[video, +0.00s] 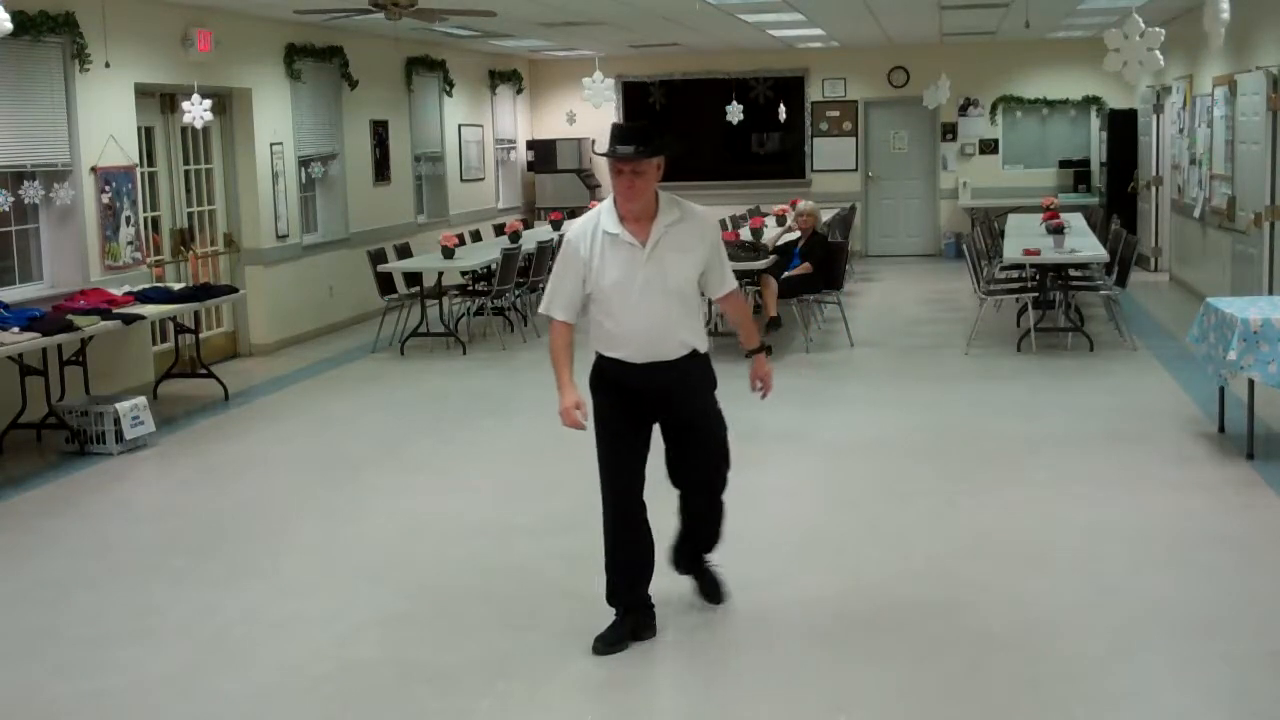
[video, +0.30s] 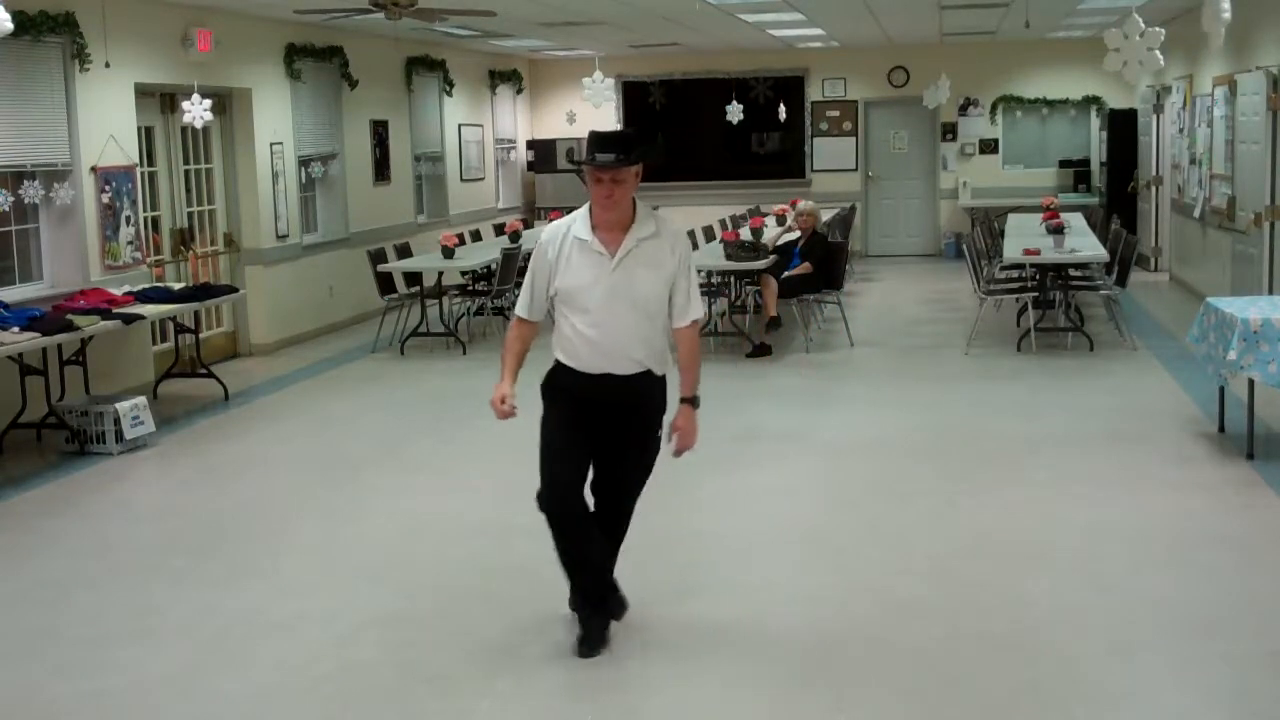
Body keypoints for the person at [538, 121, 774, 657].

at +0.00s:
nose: (625, 180)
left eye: (636, 170)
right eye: (618, 170)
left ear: (659, 169)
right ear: (607, 171)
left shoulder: (698, 225)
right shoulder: (583, 234)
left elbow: (727, 293)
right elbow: (561, 317)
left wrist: (757, 350)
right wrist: (565, 386)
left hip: (686, 374)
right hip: (618, 378)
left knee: (707, 475)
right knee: (620, 499)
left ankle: (692, 556)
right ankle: (632, 610)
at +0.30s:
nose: (605, 188)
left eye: (616, 177)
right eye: (596, 177)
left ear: (638, 176)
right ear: (584, 178)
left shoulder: (670, 240)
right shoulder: (555, 239)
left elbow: (686, 326)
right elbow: (526, 316)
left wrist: (689, 403)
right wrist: (507, 377)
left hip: (639, 391)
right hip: (571, 388)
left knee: (616, 502)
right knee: (557, 494)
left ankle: (599, 582)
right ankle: (591, 605)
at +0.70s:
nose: (612, 175)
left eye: (622, 166)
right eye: (601, 165)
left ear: (638, 175)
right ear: (582, 173)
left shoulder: (664, 247)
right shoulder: (549, 237)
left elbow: (664, 340)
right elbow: (522, 307)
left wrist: (618, 394)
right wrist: (491, 363)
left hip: (631, 397)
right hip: (558, 393)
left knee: (636, 527)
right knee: (556, 520)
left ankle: (654, 656)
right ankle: (568, 626)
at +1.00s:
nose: (637, 162)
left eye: (649, 153)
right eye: (626, 152)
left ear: (665, 164)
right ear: (606, 161)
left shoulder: (686, 240)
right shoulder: (586, 226)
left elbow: (698, 341)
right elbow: (577, 303)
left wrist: (692, 429)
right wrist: (553, 364)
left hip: (660, 400)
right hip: (595, 395)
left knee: (660, 538)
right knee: (589, 511)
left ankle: (661, 665)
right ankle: (639, 605)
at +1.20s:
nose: (653, 175)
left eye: (663, 165)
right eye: (641, 164)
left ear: (679, 173)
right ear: (620, 172)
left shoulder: (710, 247)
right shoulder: (596, 239)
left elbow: (754, 338)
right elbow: (588, 325)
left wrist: (774, 423)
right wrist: (575, 397)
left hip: (689, 404)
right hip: (623, 403)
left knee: (676, 539)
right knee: (667, 534)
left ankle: (668, 665)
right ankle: (735, 621)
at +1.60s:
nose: (661, 156)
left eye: (671, 147)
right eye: (647, 150)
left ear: (689, 159)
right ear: (627, 168)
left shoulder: (734, 234)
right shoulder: (603, 246)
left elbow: (771, 314)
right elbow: (584, 341)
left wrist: (782, 387)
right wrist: (570, 429)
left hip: (721, 416)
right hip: (640, 420)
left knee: (717, 560)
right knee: (635, 557)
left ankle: (706, 682)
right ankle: (671, 644)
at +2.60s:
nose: (638, 171)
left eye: (644, 156)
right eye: (636, 159)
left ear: (678, 151)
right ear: (676, 155)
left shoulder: (747, 232)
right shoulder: (674, 229)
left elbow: (808, 327)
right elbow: (660, 328)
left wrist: (816, 429)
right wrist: (632, 405)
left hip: (740, 426)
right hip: (679, 422)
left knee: (755, 569)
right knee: (650, 552)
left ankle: (778, 699)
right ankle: (680, 680)